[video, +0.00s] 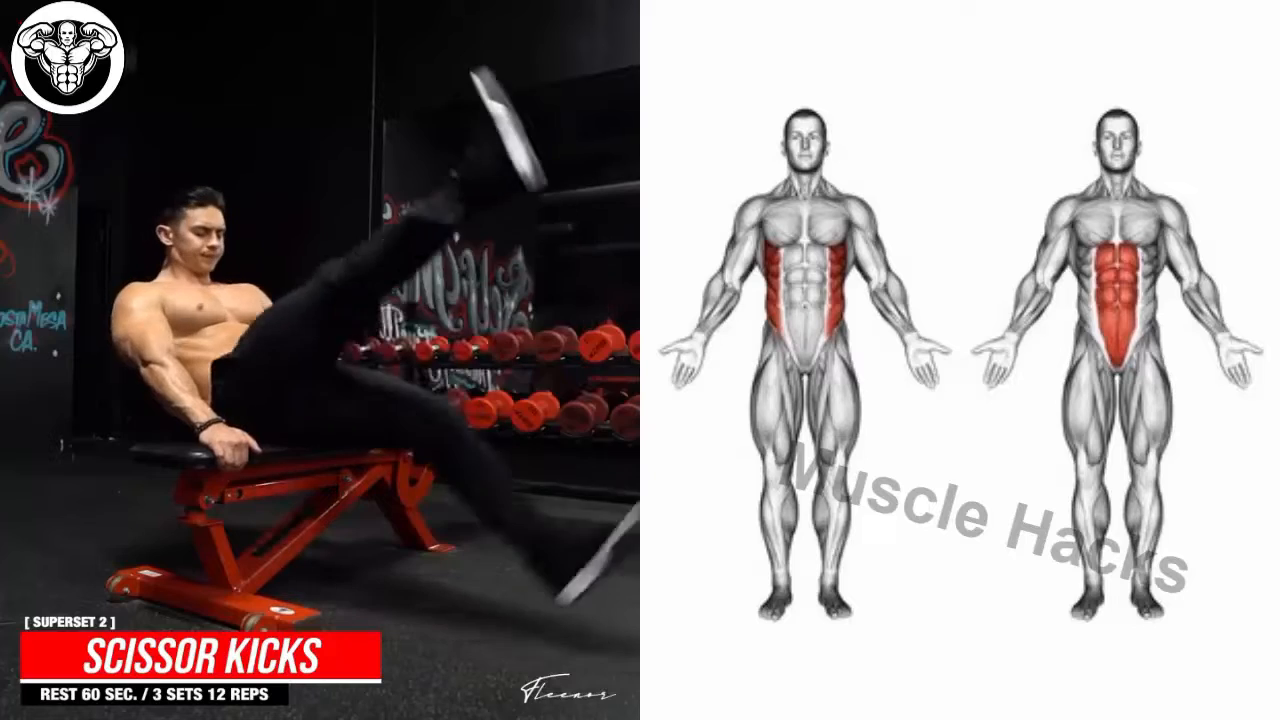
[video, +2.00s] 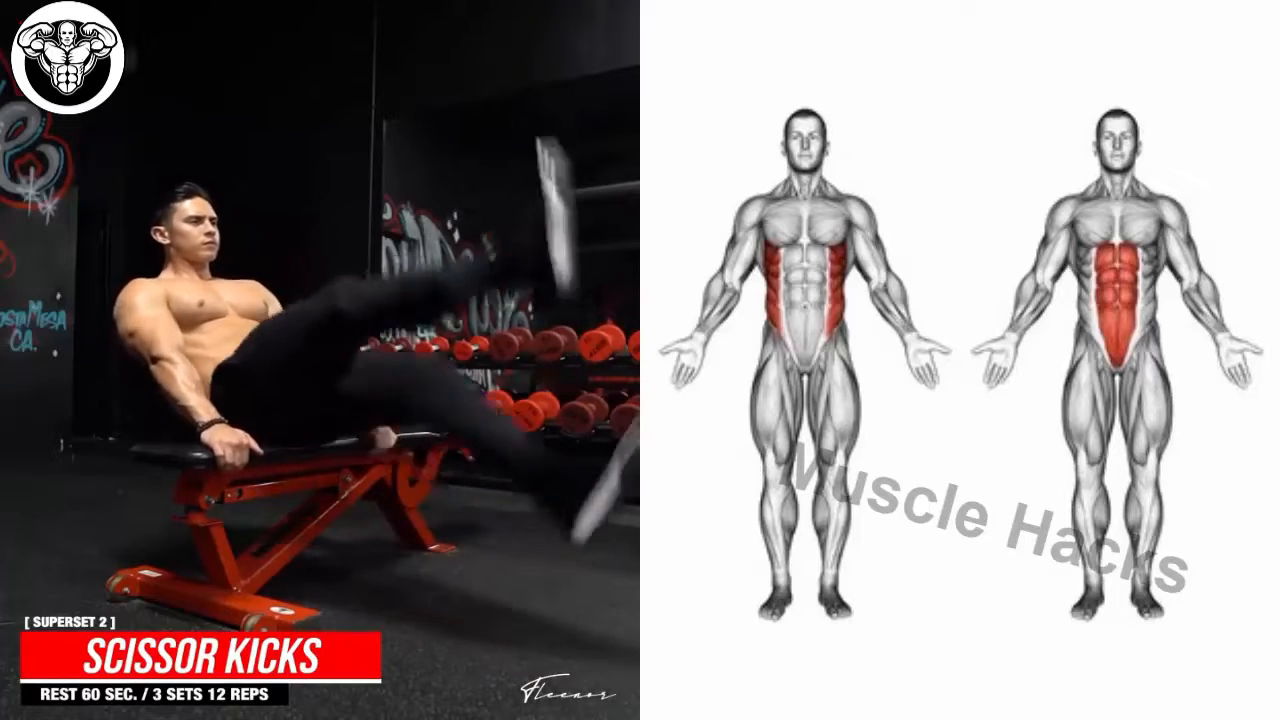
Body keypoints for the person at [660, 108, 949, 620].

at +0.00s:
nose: (804, 146)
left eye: (812, 138)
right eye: (797, 138)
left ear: (825, 145)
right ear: (785, 145)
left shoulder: (851, 211)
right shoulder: (758, 211)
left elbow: (881, 281)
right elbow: (729, 281)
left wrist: (909, 336)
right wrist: (700, 336)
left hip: (832, 356)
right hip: (777, 355)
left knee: (834, 467)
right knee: (776, 469)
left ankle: (830, 584)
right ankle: (780, 585)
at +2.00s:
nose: (804, 145)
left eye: (812, 138)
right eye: (797, 138)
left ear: (825, 145)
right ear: (785, 146)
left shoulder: (851, 211)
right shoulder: (758, 211)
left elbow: (881, 281)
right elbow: (729, 281)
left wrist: (909, 336)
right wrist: (700, 336)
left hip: (832, 355)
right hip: (778, 355)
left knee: (834, 467)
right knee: (776, 469)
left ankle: (829, 584)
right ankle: (780, 585)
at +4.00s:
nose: (805, 145)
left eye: (812, 138)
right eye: (797, 138)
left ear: (825, 145)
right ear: (785, 145)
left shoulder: (851, 211)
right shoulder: (758, 211)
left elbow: (881, 281)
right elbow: (729, 281)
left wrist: (909, 336)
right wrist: (700, 336)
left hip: (832, 356)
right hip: (777, 355)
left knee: (834, 467)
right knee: (777, 469)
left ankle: (829, 584)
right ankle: (780, 585)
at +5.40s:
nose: (805, 145)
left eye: (812, 138)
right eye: (797, 138)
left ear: (825, 145)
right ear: (785, 145)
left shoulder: (851, 211)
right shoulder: (758, 211)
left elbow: (881, 281)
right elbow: (729, 281)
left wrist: (909, 336)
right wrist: (700, 336)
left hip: (832, 355)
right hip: (777, 355)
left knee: (834, 467)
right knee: (777, 469)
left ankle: (830, 584)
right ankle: (780, 585)